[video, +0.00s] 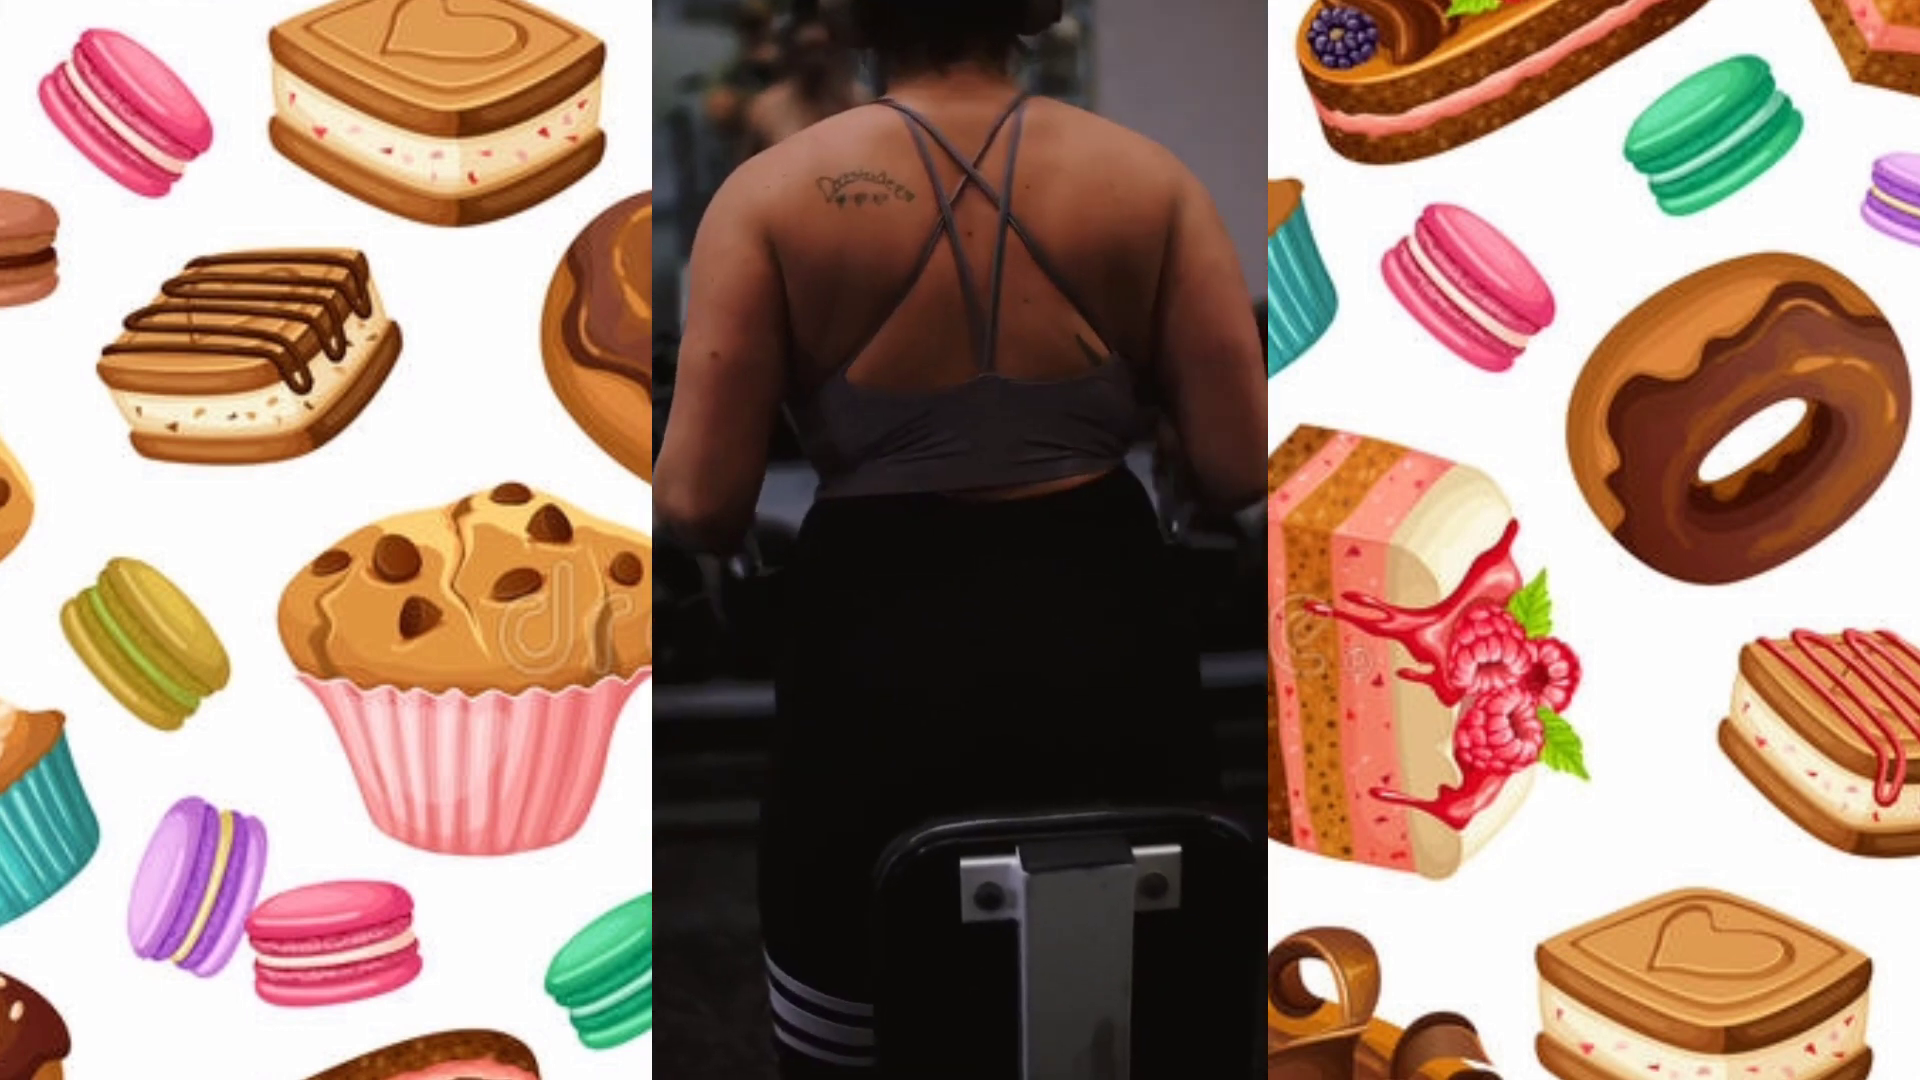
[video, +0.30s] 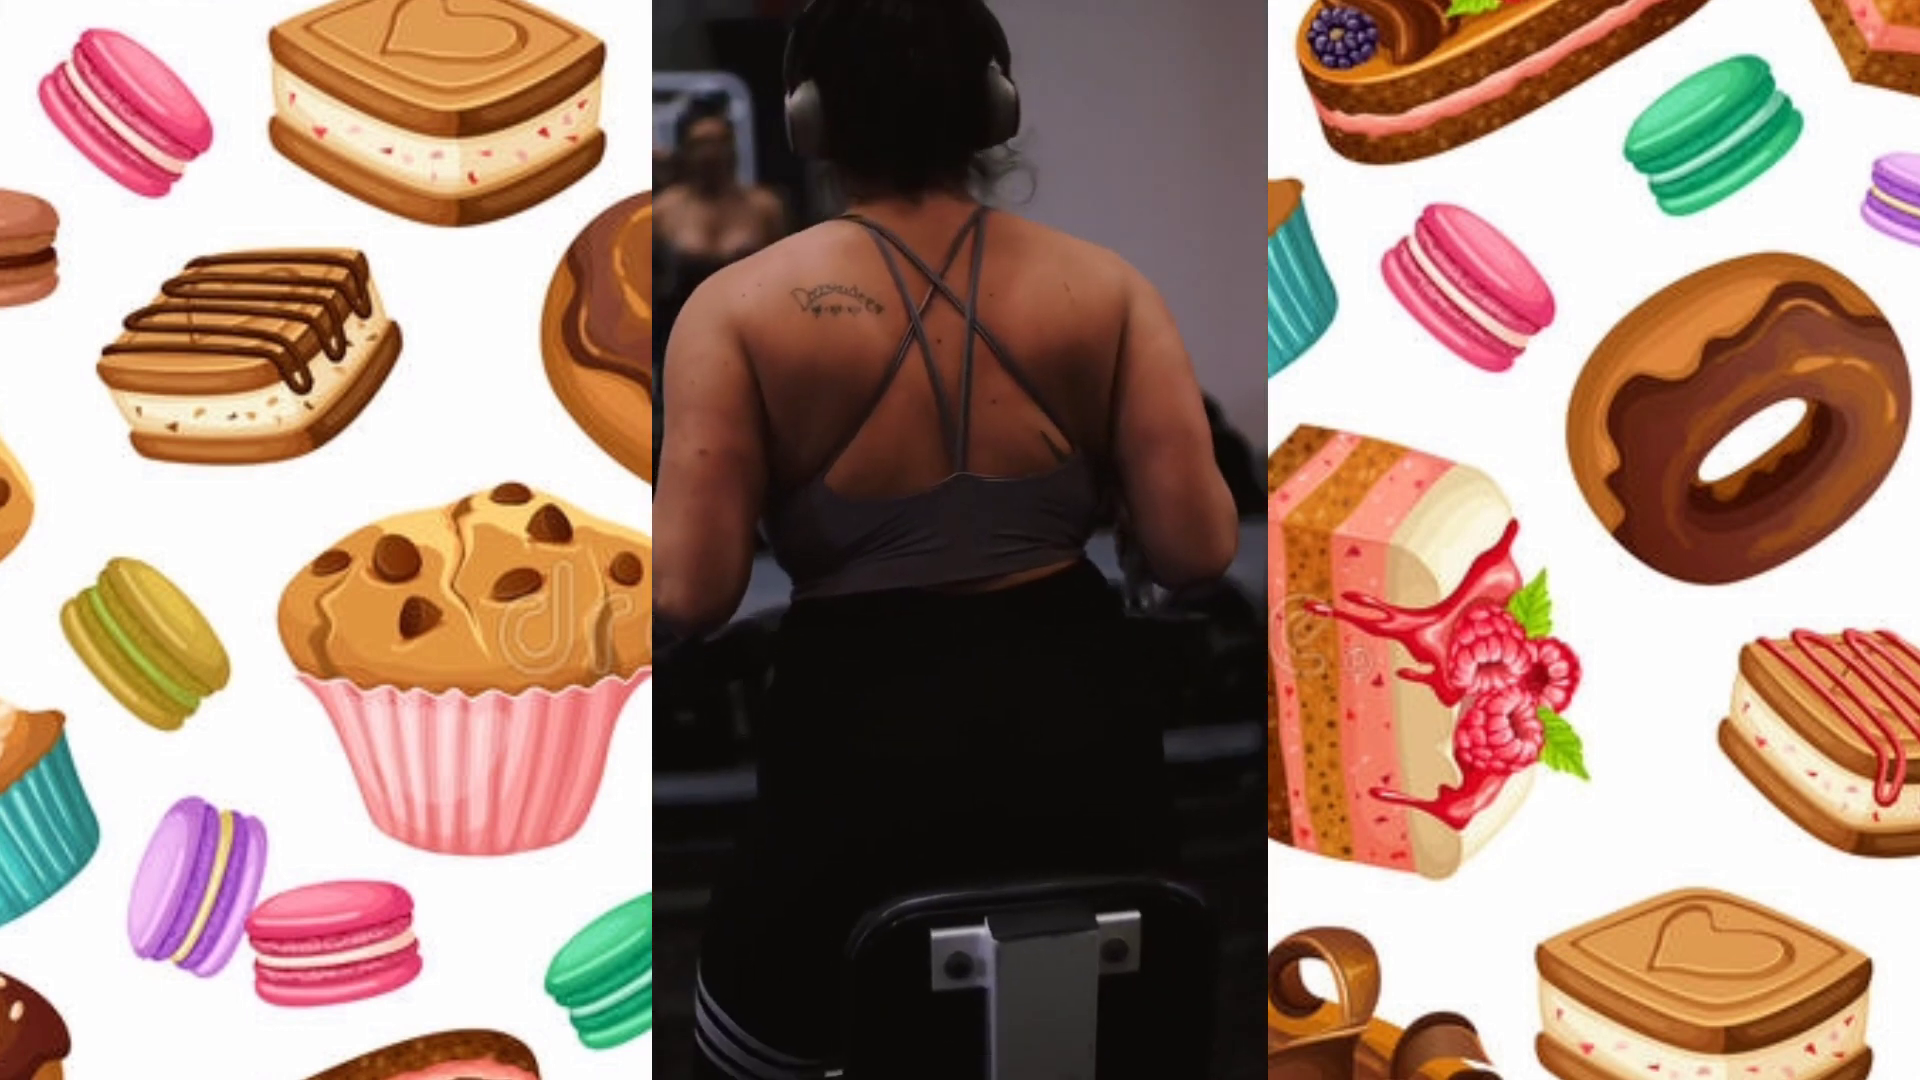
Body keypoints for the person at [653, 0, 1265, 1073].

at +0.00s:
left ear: (861, 24)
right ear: (1025, 18)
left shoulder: (770, 198)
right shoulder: (1145, 183)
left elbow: (699, 502)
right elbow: (1237, 471)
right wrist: (1148, 396)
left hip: (874, 657)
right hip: (1106, 649)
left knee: (845, 1034)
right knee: (1127, 1016)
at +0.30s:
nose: (795, 112)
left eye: (804, 94)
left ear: (813, 116)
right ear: (994, 107)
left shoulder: (738, 311)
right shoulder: (1105, 291)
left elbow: (689, 591)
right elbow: (1198, 548)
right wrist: (1104, 470)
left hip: (853, 757)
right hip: (1080, 745)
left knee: (757, 1042)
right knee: (1101, 1039)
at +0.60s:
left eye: (705, 135)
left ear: (711, 161)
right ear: (876, 152)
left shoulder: (647, 327)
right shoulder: (974, 321)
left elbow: (587, 552)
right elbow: (1044, 567)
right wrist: (1096, 582)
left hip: (721, 725)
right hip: (924, 714)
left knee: (719, 1042)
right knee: (942, 1040)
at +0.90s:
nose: (765, 231)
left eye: (770, 215)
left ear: (780, 238)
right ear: (945, 228)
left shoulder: (711, 414)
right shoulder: (1047, 382)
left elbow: (687, 681)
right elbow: (1154, 608)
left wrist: (774, 618)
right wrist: (1077, 627)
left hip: (848, 806)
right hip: (1053, 780)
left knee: (761, 1051)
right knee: (1042, 1052)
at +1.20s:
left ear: (906, 467)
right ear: (1078, 454)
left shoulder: (844, 644)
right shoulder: (1167, 604)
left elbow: (825, 902)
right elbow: (1259, 823)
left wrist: (780, 866)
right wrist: (1154, 802)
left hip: (965, 1034)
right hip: (1160, 1018)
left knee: (812, 1061)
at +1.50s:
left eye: (931, 450)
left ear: (950, 474)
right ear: (1129, 457)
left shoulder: (885, 663)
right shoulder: (1223, 611)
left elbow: (858, 935)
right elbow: (1291, 837)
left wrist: (814, 860)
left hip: (973, 1038)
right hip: (1187, 1018)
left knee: (810, 951)